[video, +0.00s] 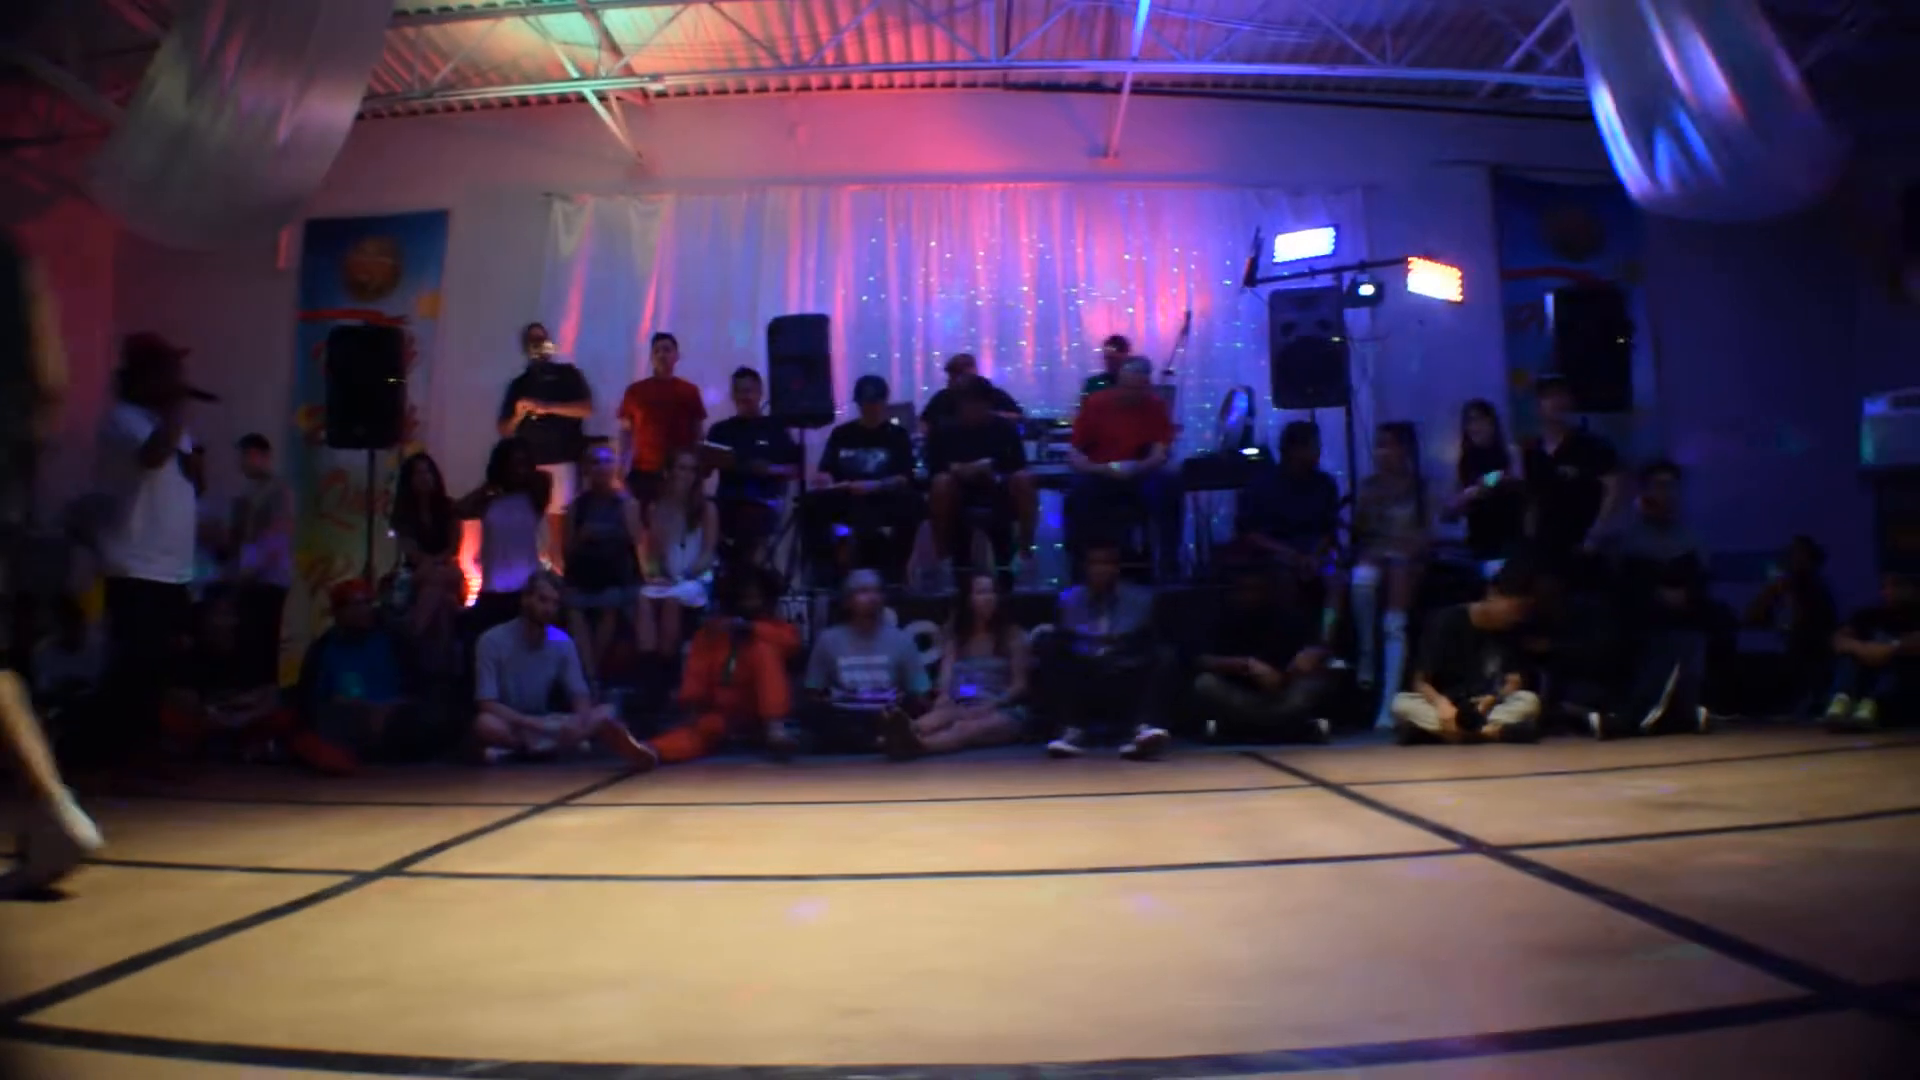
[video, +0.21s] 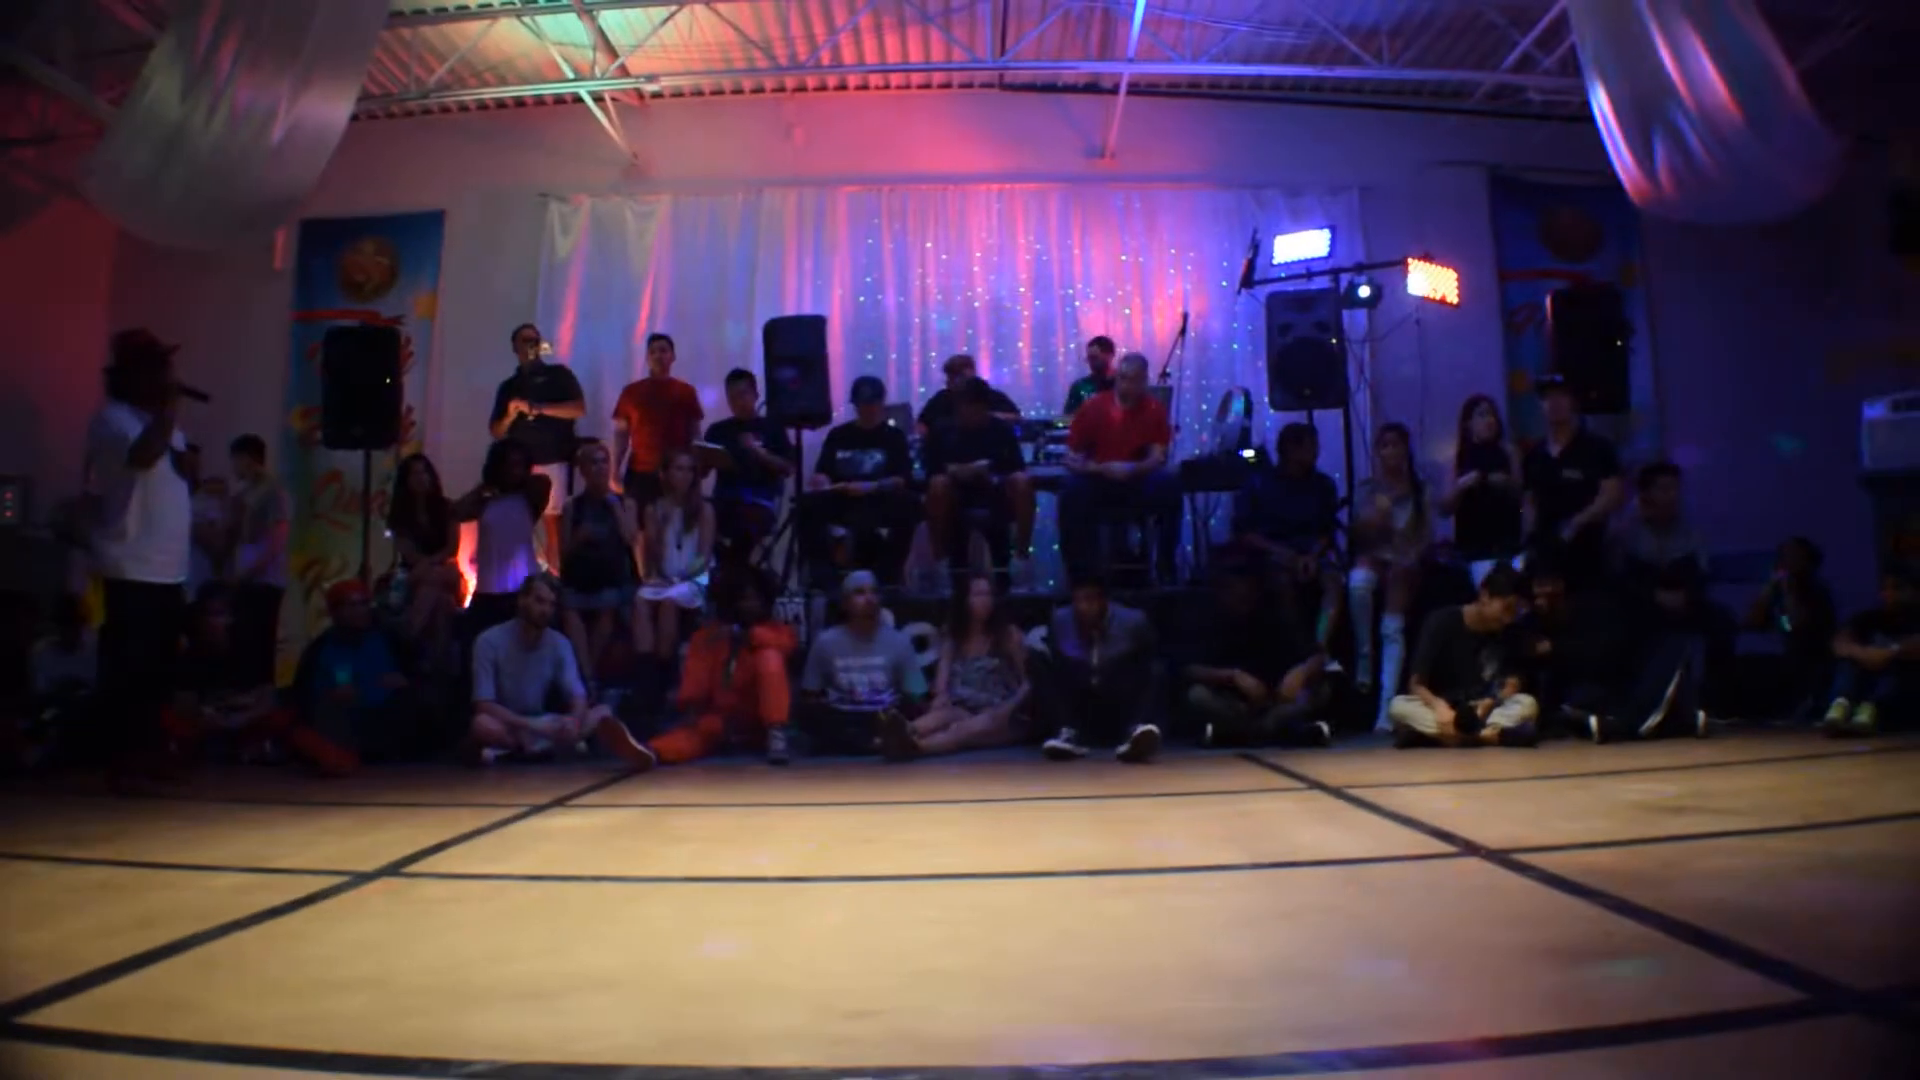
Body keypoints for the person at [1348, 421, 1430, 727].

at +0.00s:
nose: (1382, 454)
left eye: (1388, 447)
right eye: (1379, 447)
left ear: (1405, 451)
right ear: (1374, 451)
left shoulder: (1418, 487)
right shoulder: (1367, 487)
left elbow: (1428, 531)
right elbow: (1359, 529)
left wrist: (1408, 546)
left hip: (1405, 552)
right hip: (1373, 551)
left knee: (1394, 623)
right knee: (1362, 580)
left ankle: (1390, 705)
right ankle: (1365, 658)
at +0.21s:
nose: (1390, 452)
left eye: (1396, 445)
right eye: (1384, 446)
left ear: (1406, 451)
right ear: (1376, 453)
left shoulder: (1421, 490)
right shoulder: (1366, 489)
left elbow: (1427, 535)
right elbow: (1360, 534)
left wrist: (1410, 556)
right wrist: (1378, 515)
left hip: (1404, 557)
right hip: (1372, 556)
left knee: (1392, 627)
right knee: (1359, 583)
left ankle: (1388, 707)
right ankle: (1364, 657)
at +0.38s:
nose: (1396, 450)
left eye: (1400, 443)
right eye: (1389, 444)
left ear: (1409, 449)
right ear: (1380, 450)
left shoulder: (1420, 488)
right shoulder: (1367, 489)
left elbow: (1427, 532)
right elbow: (1355, 529)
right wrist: (1371, 534)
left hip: (1405, 553)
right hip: (1372, 552)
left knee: (1393, 627)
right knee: (1360, 584)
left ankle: (1389, 708)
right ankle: (1365, 660)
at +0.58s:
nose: (1395, 451)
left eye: (1400, 445)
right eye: (1388, 445)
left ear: (1408, 450)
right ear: (1380, 452)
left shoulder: (1419, 491)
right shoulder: (1367, 491)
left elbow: (1425, 534)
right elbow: (1357, 530)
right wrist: (1371, 536)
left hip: (1406, 555)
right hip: (1373, 555)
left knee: (1394, 625)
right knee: (1364, 592)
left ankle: (1390, 707)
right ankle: (1368, 668)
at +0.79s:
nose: (1414, 452)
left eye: (1420, 446)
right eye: (1408, 446)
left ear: (1431, 451)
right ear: (1401, 452)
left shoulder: (1445, 489)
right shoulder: (1392, 490)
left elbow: (1451, 533)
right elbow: (1383, 532)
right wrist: (1396, 519)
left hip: (1430, 551)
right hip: (1398, 551)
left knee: (1419, 627)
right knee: (1386, 590)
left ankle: (1414, 709)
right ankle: (1393, 667)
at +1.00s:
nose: (1414, 448)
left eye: (1421, 442)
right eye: (1408, 442)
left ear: (1431, 447)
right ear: (1401, 448)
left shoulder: (1443, 482)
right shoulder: (1395, 480)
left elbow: (1453, 524)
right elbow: (1389, 523)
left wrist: (1433, 487)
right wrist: (1394, 486)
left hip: (1432, 549)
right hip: (1401, 547)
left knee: (1419, 623)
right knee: (1385, 590)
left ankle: (1416, 702)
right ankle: (1394, 668)